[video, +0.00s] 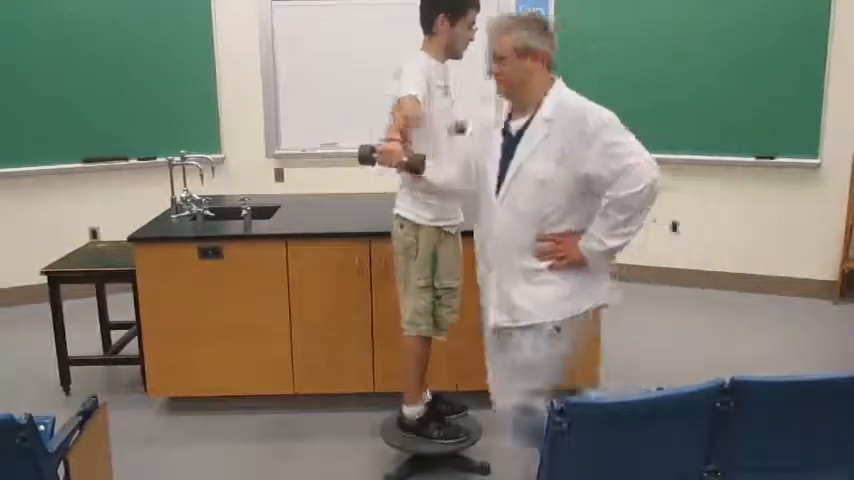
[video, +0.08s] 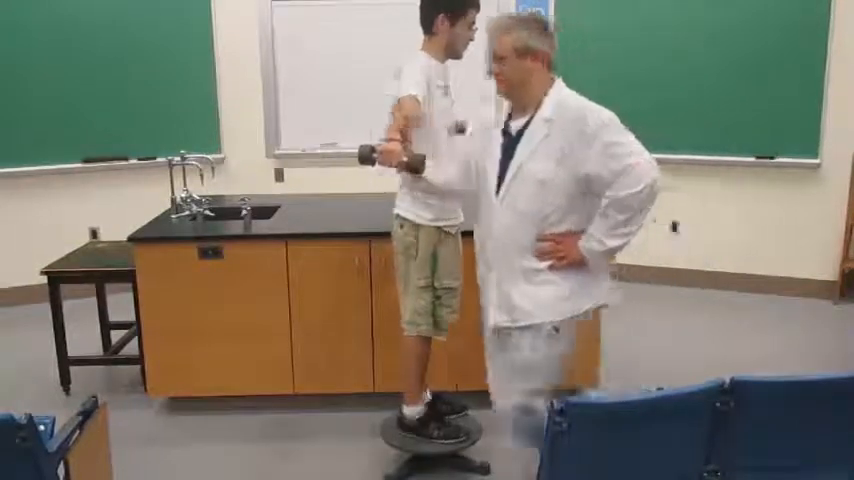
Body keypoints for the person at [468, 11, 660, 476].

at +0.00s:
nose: (492, 73)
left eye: (500, 61)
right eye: (491, 62)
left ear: (538, 60)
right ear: (528, 62)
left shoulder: (584, 119)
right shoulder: (497, 121)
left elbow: (640, 178)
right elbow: (469, 179)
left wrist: (591, 245)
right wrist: (415, 164)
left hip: (554, 306)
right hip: (502, 302)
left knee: (538, 425)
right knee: (514, 420)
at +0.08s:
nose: (492, 73)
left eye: (500, 61)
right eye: (491, 62)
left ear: (538, 60)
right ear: (528, 62)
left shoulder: (584, 119)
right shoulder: (497, 121)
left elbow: (640, 178)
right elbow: (469, 179)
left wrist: (591, 245)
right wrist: (415, 164)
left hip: (550, 305)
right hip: (501, 300)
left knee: (535, 423)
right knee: (512, 417)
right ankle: (525, 476)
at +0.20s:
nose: (436, 76)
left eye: (442, 64)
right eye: (436, 65)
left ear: (479, 63)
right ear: (475, 64)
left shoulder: (525, 121)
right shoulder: (463, 126)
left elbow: (577, 190)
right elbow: (442, 190)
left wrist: (537, 256)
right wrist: (384, 167)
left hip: (507, 303)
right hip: (470, 300)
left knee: (448, 410)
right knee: (501, 409)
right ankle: (529, 475)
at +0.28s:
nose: (436, 76)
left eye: (442, 64)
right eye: (436, 65)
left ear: (479, 63)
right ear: (475, 64)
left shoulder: (525, 121)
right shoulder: (463, 126)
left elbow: (577, 190)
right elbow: (442, 190)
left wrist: (537, 256)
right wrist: (384, 167)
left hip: (507, 303)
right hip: (470, 300)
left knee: (448, 410)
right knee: (501, 409)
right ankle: (529, 475)